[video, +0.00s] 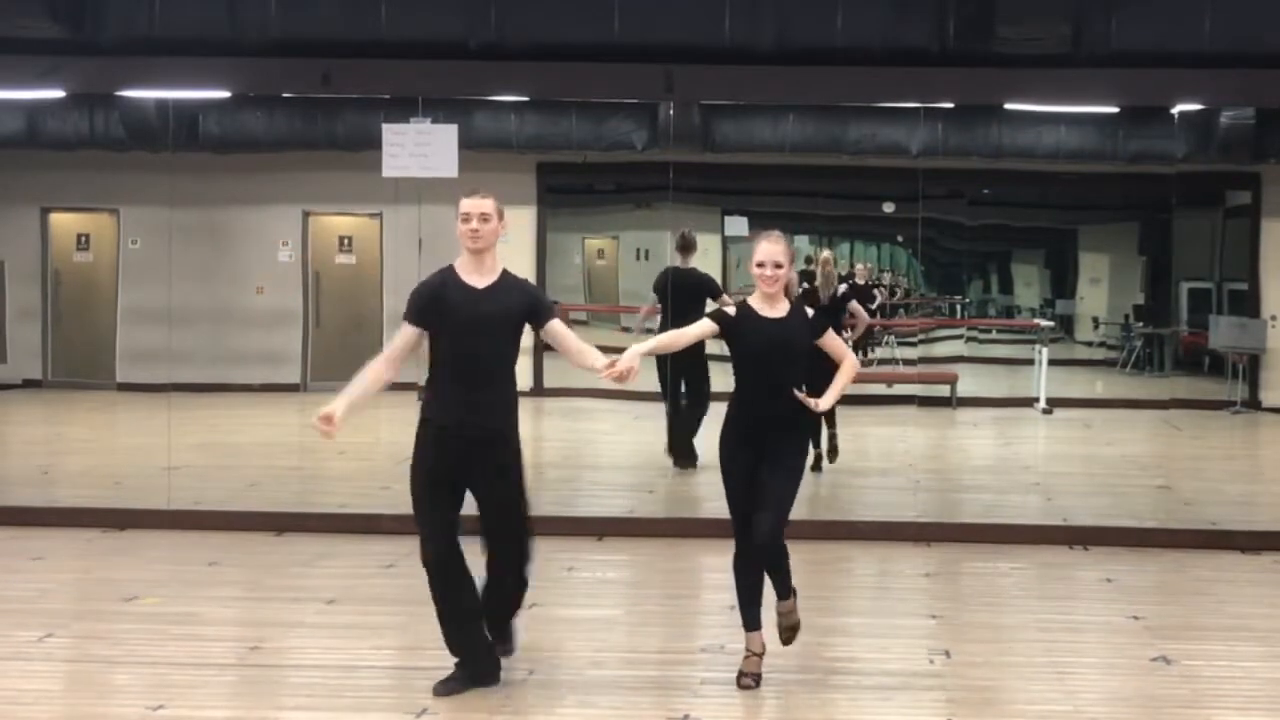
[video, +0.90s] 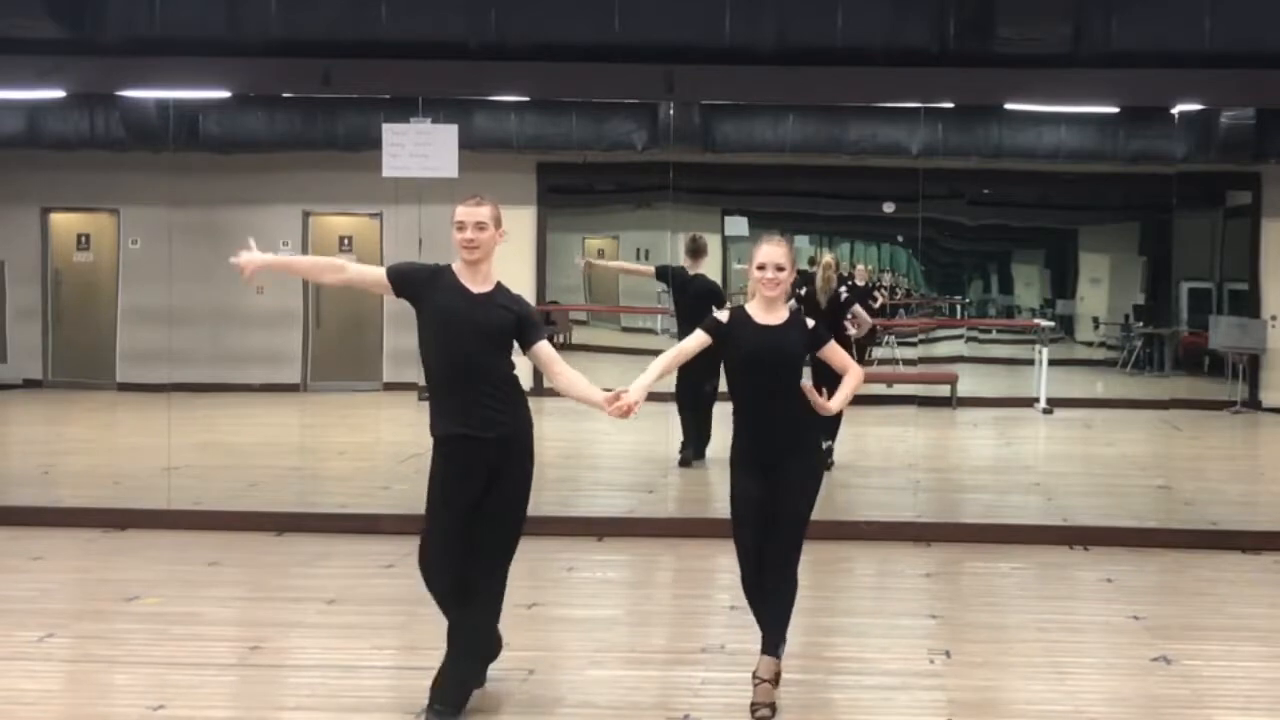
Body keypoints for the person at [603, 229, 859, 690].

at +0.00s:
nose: (769, 273)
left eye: (777, 266)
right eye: (761, 265)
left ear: (790, 270)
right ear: (750, 268)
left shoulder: (807, 319)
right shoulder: (733, 314)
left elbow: (850, 362)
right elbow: (681, 337)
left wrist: (825, 401)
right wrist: (636, 351)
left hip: (789, 437)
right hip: (740, 436)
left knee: (766, 536)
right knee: (746, 540)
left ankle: (785, 598)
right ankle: (753, 642)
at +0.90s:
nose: (769, 275)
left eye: (779, 268)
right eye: (762, 267)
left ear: (793, 274)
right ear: (749, 272)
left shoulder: (806, 326)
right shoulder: (728, 322)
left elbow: (854, 371)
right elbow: (673, 357)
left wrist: (833, 405)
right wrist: (638, 389)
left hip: (799, 453)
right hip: (749, 454)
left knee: (781, 558)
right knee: (751, 563)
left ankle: (767, 668)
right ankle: (773, 644)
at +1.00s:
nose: (769, 280)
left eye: (778, 272)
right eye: (761, 272)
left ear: (792, 277)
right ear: (749, 275)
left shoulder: (806, 330)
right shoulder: (728, 325)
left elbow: (856, 374)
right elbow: (672, 363)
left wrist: (826, 408)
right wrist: (644, 399)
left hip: (799, 456)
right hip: (749, 458)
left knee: (785, 562)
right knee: (756, 565)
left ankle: (767, 669)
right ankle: (769, 650)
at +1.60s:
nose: (757, 278)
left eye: (765, 270)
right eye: (749, 270)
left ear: (778, 273)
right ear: (734, 272)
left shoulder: (794, 315)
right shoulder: (717, 324)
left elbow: (846, 356)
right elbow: (664, 369)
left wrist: (813, 397)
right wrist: (649, 333)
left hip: (773, 450)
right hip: (722, 450)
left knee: (764, 552)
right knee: (736, 552)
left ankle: (762, 666)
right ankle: (748, 645)